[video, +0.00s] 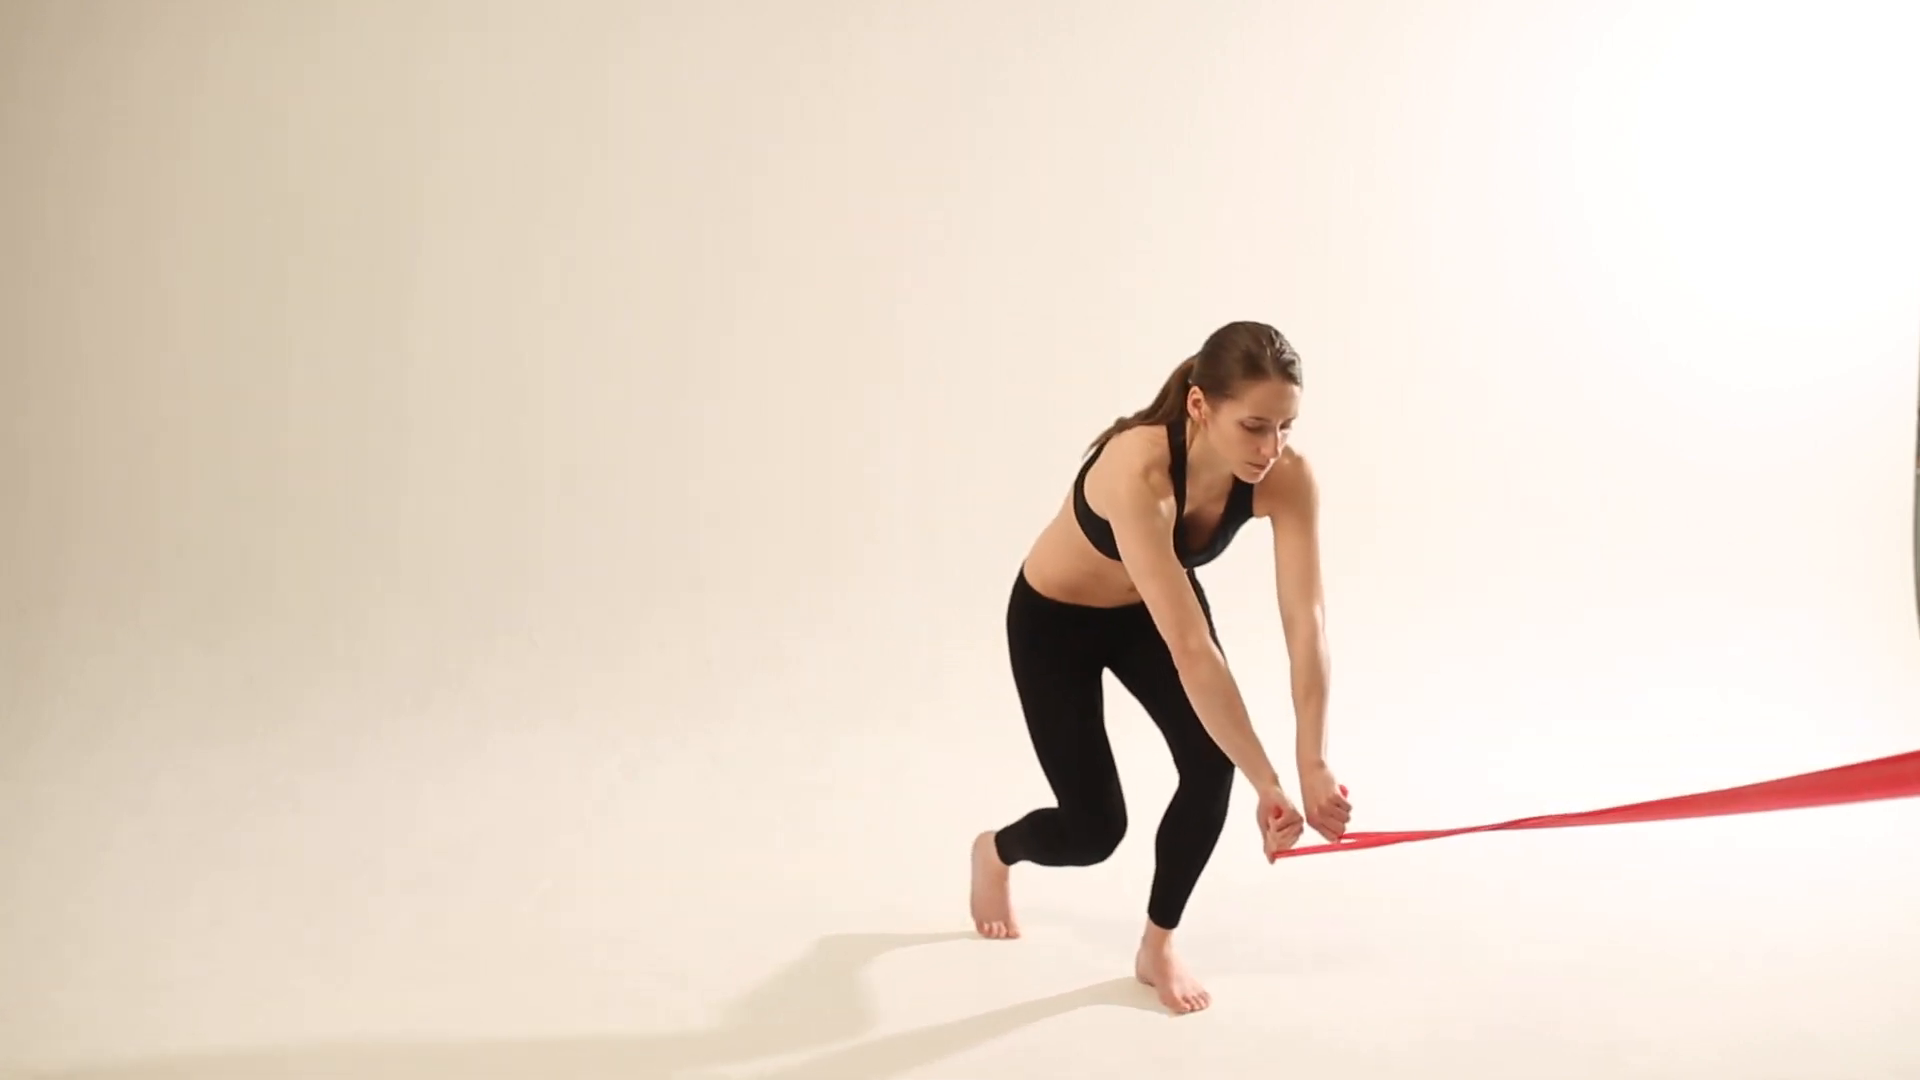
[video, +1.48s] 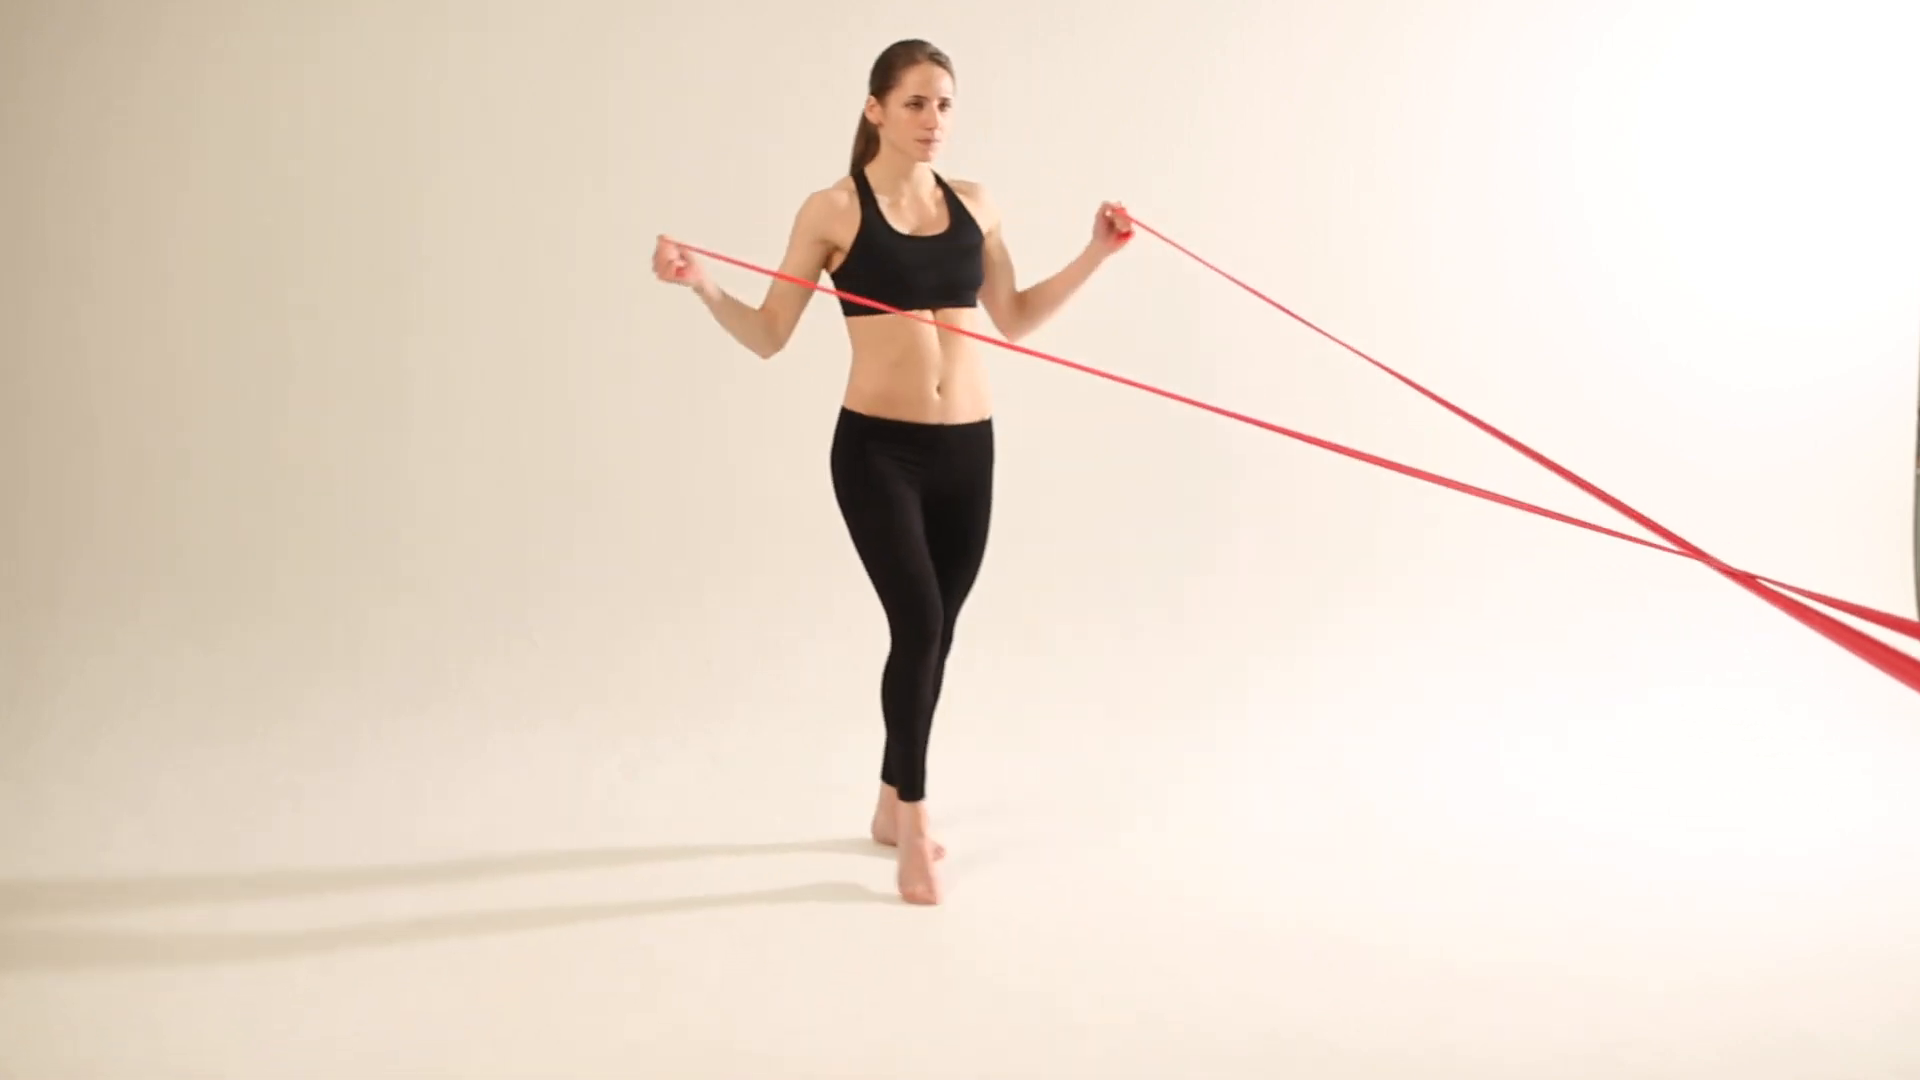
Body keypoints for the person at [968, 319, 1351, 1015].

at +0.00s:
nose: (1271, 446)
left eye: (1284, 427)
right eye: (1254, 426)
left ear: (1295, 413)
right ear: (1199, 407)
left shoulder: (1284, 479)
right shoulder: (1135, 468)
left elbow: (1304, 622)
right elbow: (1192, 649)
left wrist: (1311, 762)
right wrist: (1265, 784)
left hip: (1153, 614)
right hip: (1054, 620)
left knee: (1211, 768)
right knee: (1095, 830)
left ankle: (1158, 943)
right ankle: (995, 851)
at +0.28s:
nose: (1250, 406)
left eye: (1260, 387)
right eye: (1232, 386)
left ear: (1271, 377)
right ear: (1177, 368)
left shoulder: (1261, 446)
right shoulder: (1115, 438)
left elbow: (1289, 583)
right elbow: (1176, 606)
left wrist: (1302, 716)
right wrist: (1257, 735)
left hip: (1137, 604)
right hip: (1043, 608)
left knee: (1202, 755)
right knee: (1090, 815)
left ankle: (1158, 943)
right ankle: (991, 848)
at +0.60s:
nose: (1138, 251)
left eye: (1149, 234)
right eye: (1121, 232)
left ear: (1158, 237)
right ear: (1070, 229)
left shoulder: (1159, 312)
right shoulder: (1018, 321)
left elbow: (1202, 426)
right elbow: (1084, 454)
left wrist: (1231, 529)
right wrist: (1177, 547)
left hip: (1085, 540)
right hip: (984, 544)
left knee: (1145, 720)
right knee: (1036, 742)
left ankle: (1162, 930)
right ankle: (984, 861)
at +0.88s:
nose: (1039, 145)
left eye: (1049, 130)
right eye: (1022, 129)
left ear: (1056, 137)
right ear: (972, 131)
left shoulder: (1069, 228)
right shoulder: (926, 233)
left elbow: (1145, 333)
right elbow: (920, 370)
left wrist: (1164, 336)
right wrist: (1012, 349)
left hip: (1037, 481)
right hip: (939, 488)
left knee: (1072, 675)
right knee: (976, 681)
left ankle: (1011, 810)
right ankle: (979, 872)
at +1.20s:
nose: (965, 124)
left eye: (974, 110)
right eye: (947, 109)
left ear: (983, 119)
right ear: (903, 117)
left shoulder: (1008, 211)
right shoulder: (865, 218)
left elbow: (1082, 315)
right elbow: (792, 351)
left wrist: (1133, 249)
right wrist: (777, 283)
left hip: (997, 465)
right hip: (907, 465)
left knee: (969, 656)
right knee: (942, 660)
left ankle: (907, 784)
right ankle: (973, 865)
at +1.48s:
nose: (934, 119)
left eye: (943, 105)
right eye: (917, 103)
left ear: (954, 114)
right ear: (875, 109)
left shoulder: (970, 205)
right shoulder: (835, 208)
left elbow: (1017, 316)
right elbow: (769, 336)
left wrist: (1096, 252)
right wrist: (705, 284)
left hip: (967, 450)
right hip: (877, 446)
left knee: (935, 632)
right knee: (919, 624)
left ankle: (894, 803)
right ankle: (912, 825)